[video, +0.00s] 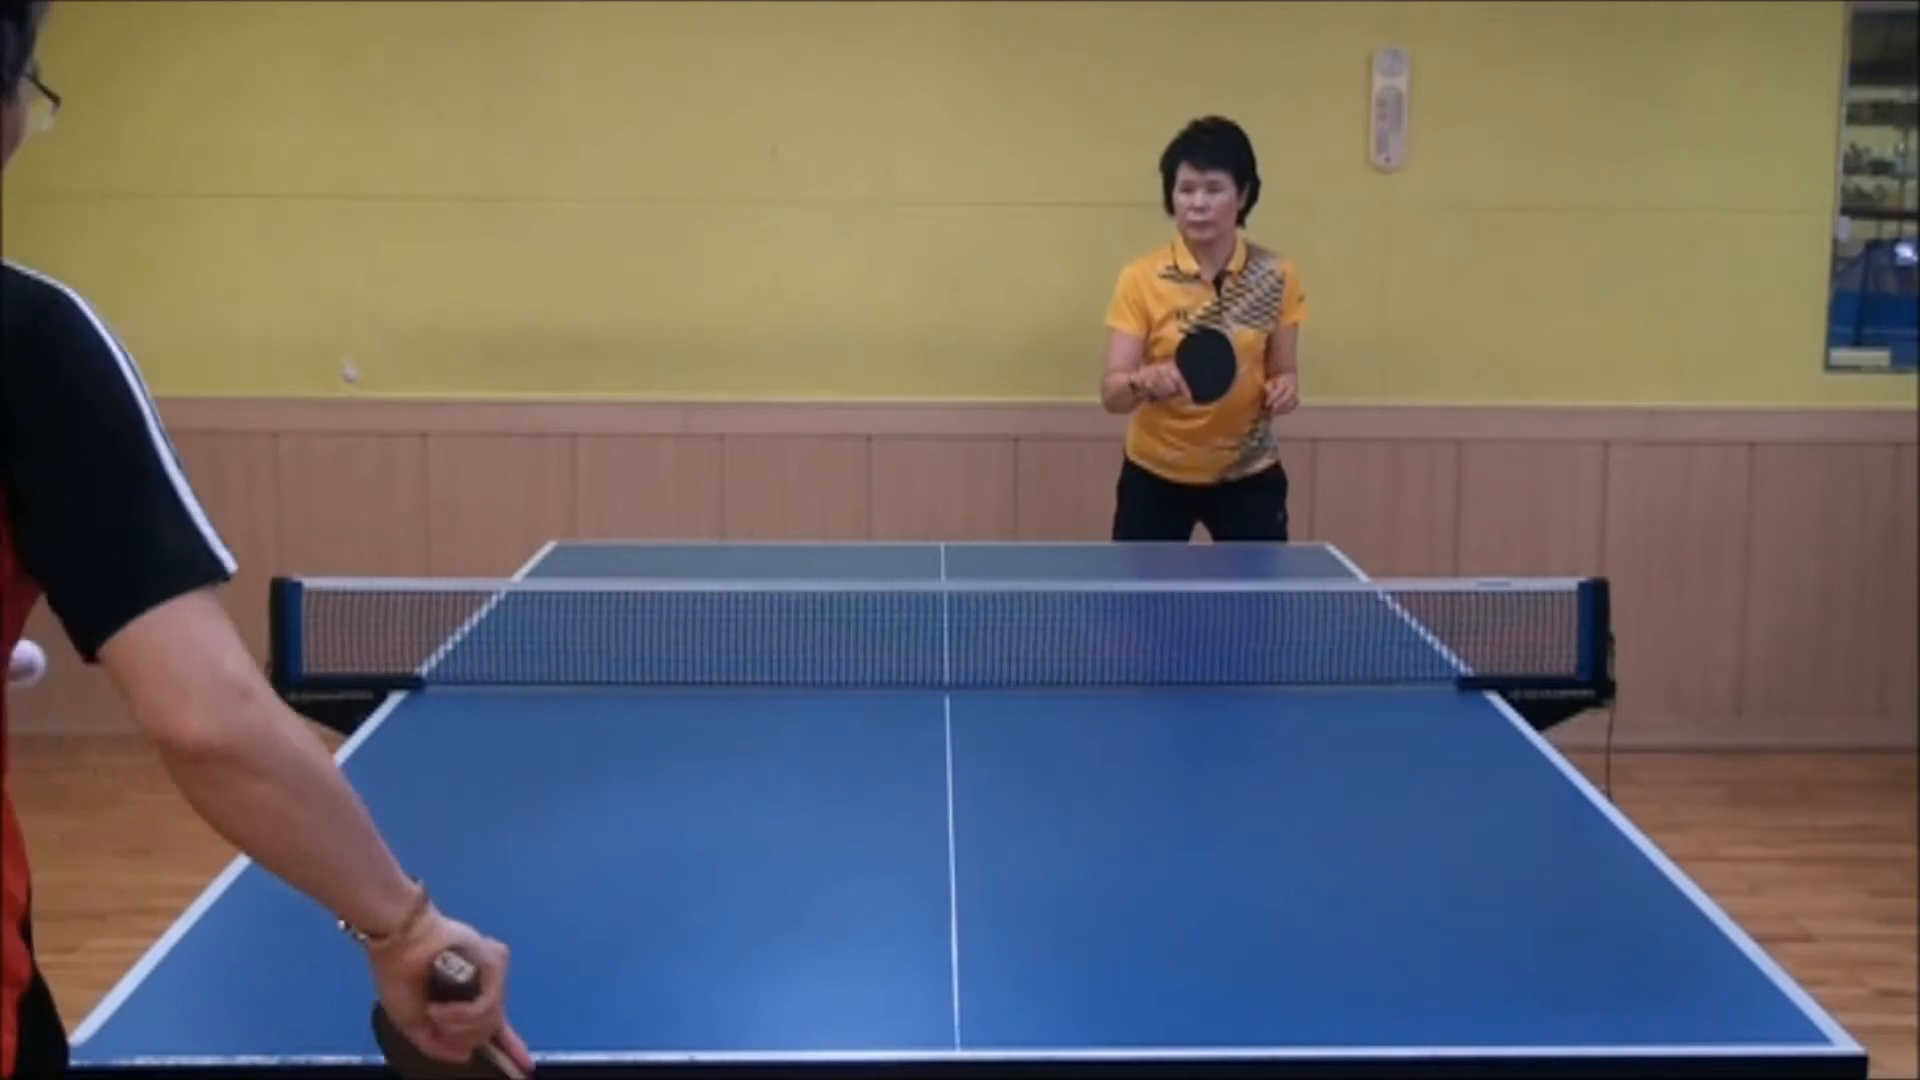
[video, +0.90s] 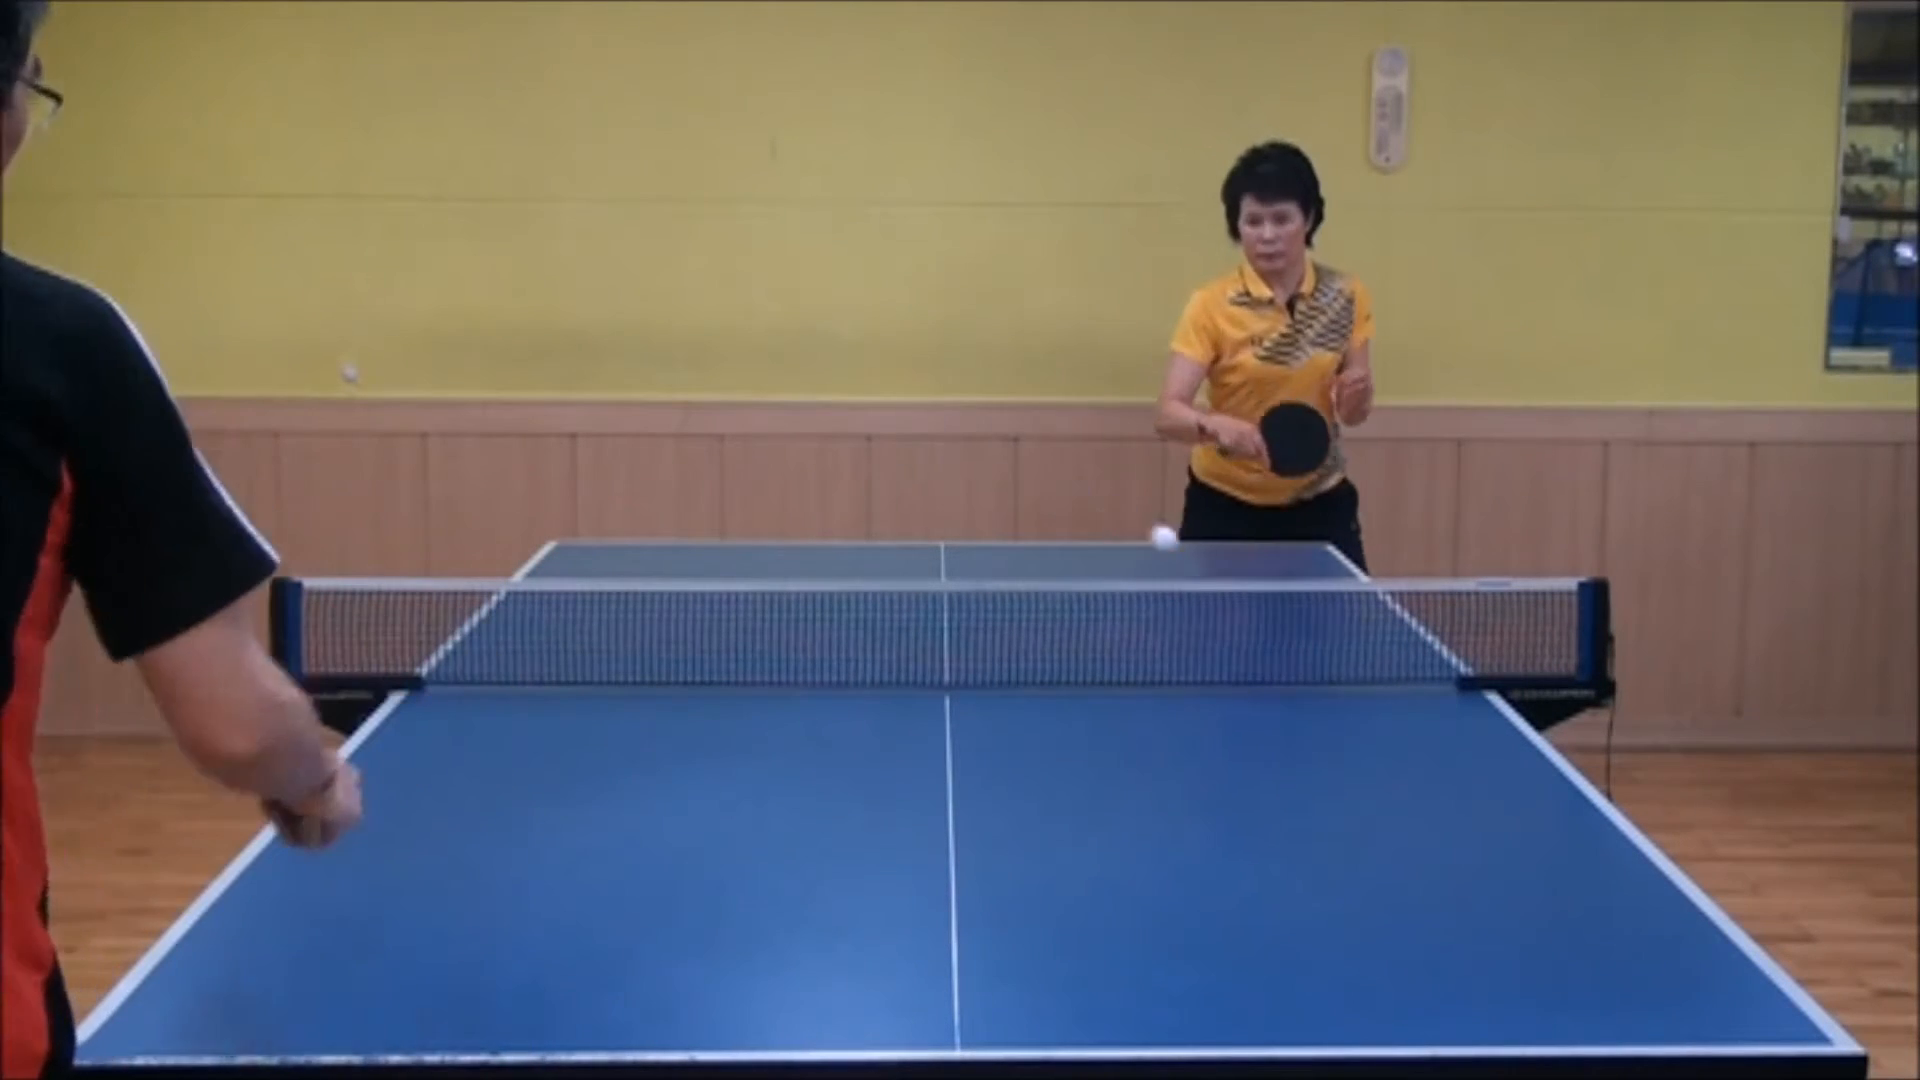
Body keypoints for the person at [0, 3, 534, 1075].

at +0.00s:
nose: (30, 116)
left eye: (26, 76)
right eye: (25, 75)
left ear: (17, 87)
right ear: (7, 89)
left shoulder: (38, 335)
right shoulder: (30, 332)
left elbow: (201, 715)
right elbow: (203, 716)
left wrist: (398, 926)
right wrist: (401, 923)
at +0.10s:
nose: (59, 169)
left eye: (71, 135)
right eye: (68, 128)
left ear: (20, 107)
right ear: (17, 107)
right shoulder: (55, 335)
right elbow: (240, 707)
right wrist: (409, 930)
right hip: (3, 1000)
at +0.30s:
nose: (117, 186)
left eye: (121, 151)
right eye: (119, 146)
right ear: (68, 132)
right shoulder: (107, 342)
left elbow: (252, 728)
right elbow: (251, 726)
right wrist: (307, 956)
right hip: (17, 1001)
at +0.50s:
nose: (129, 193)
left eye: (136, 155)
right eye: (134, 151)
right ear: (83, 135)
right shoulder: (131, 349)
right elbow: (367, 695)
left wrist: (152, 763)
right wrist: (219, 745)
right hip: (38, 996)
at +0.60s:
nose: (118, 179)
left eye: (123, 145)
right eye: (119, 140)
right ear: (65, 129)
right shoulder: (127, 349)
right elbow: (375, 647)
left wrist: (443, 696)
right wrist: (459, 703)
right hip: (29, 989)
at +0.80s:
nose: (60, 155)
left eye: (69, 117)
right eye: (66, 115)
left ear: (17, 103)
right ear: (14, 106)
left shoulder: (87, 335)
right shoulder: (82, 335)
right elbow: (337, 661)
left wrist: (397, 699)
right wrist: (414, 709)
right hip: (20, 999)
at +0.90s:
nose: (27, 118)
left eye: (27, 83)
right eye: (27, 82)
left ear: (21, 102)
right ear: (11, 100)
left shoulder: (62, 340)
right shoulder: (52, 339)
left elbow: (229, 722)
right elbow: (233, 722)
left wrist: (300, 771)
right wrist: (311, 779)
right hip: (3, 1003)